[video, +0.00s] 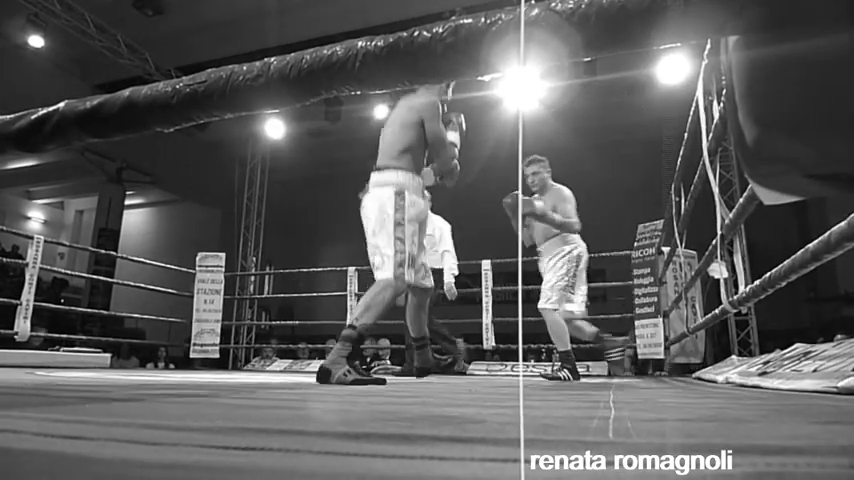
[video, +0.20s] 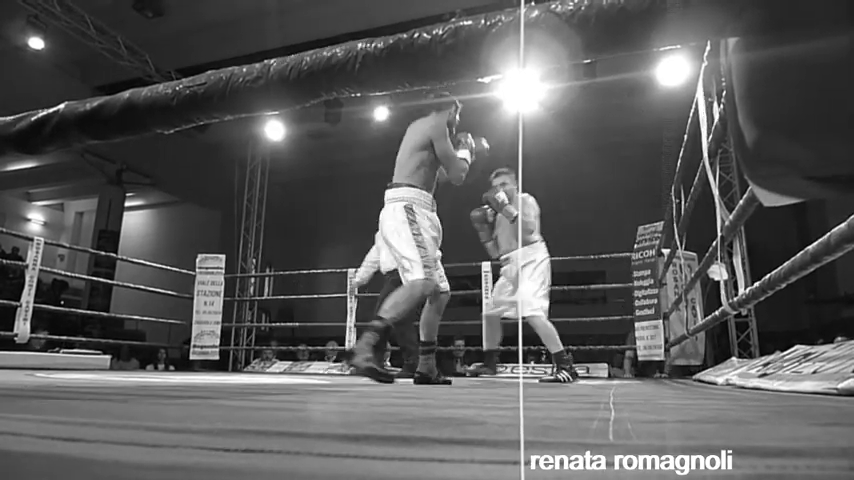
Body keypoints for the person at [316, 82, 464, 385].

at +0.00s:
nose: (451, 92)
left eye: (452, 86)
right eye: (451, 85)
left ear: (421, 81)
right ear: (443, 82)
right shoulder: (427, 103)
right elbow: (445, 162)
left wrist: (441, 166)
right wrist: (455, 135)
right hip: (397, 193)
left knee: (421, 284)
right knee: (396, 279)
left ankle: (421, 359)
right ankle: (337, 359)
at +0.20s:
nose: (456, 119)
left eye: (456, 114)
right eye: (456, 113)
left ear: (435, 109)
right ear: (449, 110)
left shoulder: (421, 130)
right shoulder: (435, 125)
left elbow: (441, 177)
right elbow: (458, 174)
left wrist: (459, 150)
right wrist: (468, 151)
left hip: (416, 211)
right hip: (408, 209)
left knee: (440, 292)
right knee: (424, 282)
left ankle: (426, 367)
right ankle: (366, 347)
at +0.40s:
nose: (472, 143)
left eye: (472, 139)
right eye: (472, 138)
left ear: (448, 132)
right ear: (467, 134)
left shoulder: (428, 152)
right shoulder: (457, 149)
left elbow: (418, 194)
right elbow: (479, 192)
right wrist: (486, 169)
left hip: (406, 221)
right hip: (423, 223)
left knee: (436, 294)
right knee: (448, 294)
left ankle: (430, 360)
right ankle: (396, 355)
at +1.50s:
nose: (408, 132)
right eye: (406, 128)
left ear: (376, 131)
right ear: (404, 129)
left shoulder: (358, 156)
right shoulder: (419, 153)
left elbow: (336, 200)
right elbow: (431, 198)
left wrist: (356, 201)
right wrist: (409, 179)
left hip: (361, 225)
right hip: (403, 226)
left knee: (335, 291)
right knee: (428, 294)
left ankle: (297, 358)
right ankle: (437, 367)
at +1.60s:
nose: (375, 132)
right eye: (373, 127)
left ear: (343, 134)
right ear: (371, 131)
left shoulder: (326, 157)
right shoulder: (385, 153)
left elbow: (309, 201)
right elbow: (404, 198)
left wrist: (330, 208)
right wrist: (385, 180)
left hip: (330, 225)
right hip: (370, 224)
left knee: (309, 292)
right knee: (398, 290)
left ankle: (289, 364)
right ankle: (423, 358)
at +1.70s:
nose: (356, 130)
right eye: (354, 127)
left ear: (326, 131)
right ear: (352, 129)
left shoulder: (308, 152)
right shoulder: (366, 148)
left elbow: (296, 195)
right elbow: (385, 193)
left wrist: (320, 192)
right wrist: (366, 185)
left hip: (310, 222)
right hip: (348, 221)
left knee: (300, 291)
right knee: (380, 287)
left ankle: (288, 361)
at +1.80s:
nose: (342, 132)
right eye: (341, 128)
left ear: (313, 131)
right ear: (340, 129)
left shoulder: (295, 149)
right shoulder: (353, 148)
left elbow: (282, 192)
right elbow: (370, 191)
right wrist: (351, 177)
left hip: (295, 215)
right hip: (333, 216)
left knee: (290, 288)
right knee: (349, 289)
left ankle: (283, 360)